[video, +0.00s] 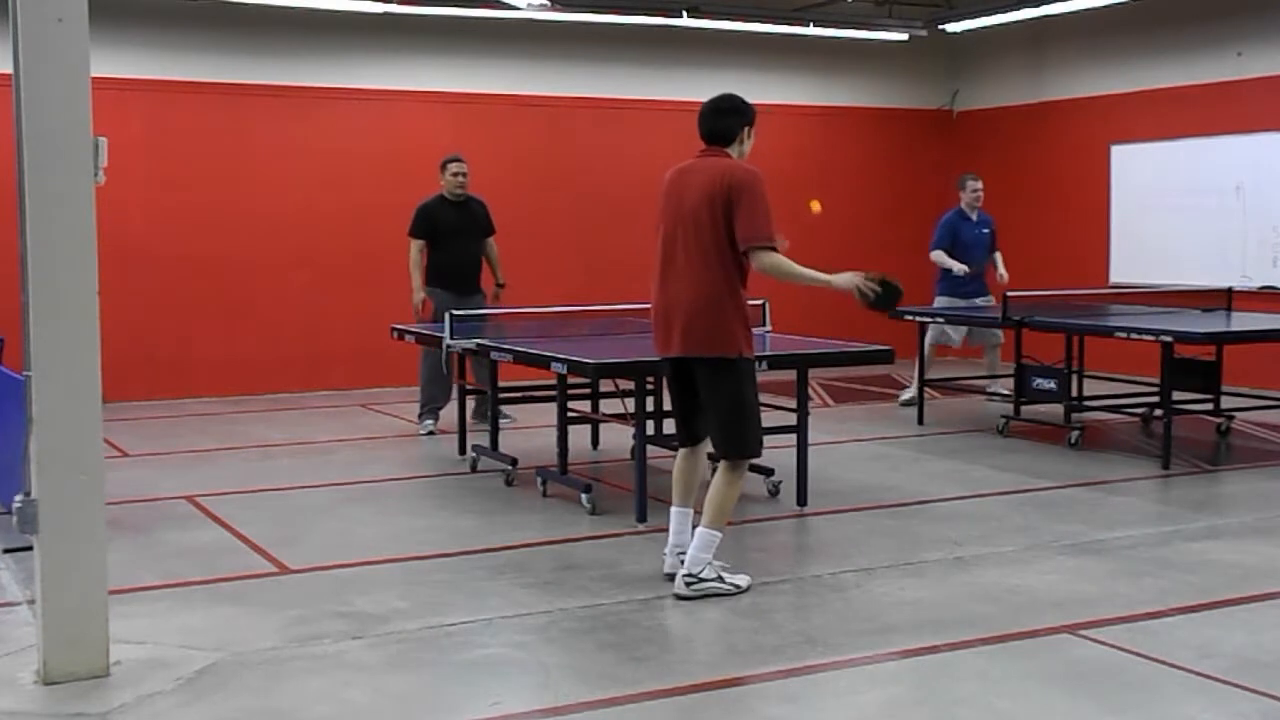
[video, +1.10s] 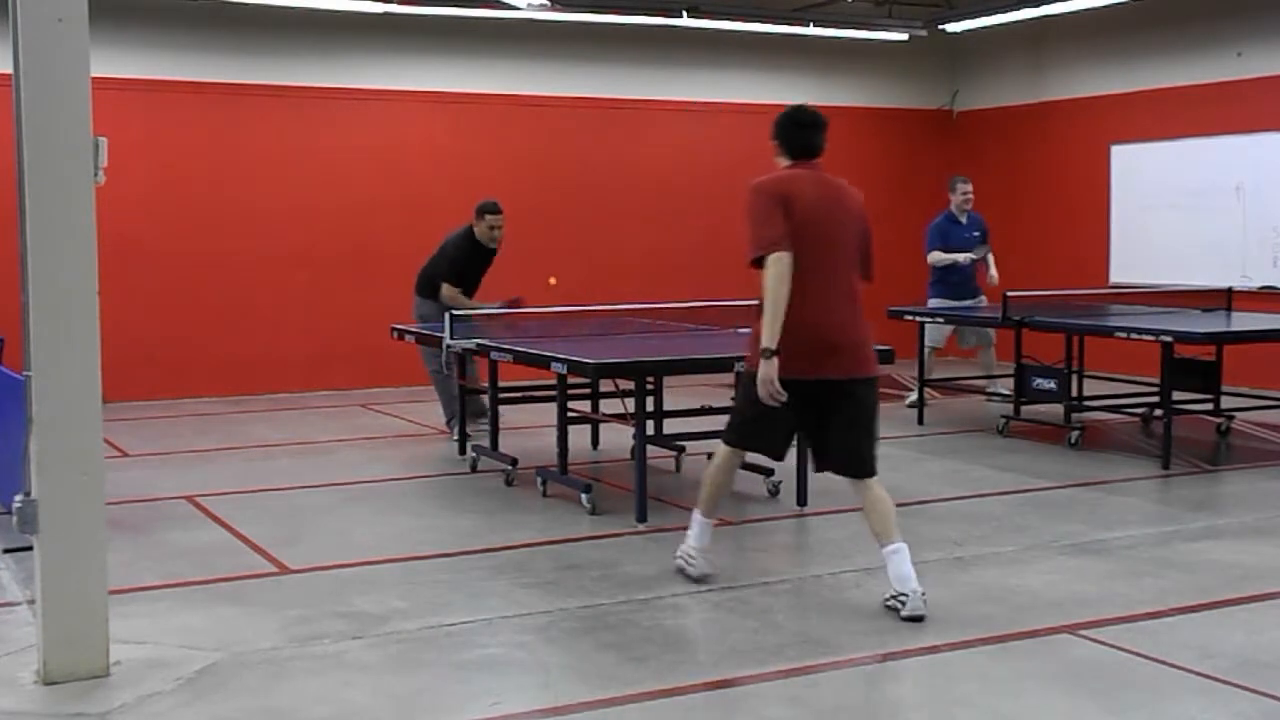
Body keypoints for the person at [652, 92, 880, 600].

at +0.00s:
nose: (752, 142)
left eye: (751, 133)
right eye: (752, 134)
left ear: (704, 133)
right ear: (742, 135)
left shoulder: (676, 177)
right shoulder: (741, 178)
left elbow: (688, 246)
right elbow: (764, 259)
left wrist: (759, 244)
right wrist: (833, 279)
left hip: (671, 329)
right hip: (718, 333)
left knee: (692, 441)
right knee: (736, 455)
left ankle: (676, 550)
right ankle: (697, 568)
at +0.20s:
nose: (741, 147)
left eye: (739, 139)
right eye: (740, 139)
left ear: (692, 139)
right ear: (730, 140)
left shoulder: (658, 185)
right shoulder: (741, 183)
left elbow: (647, 258)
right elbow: (766, 260)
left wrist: (682, 288)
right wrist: (791, 284)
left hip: (669, 341)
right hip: (723, 340)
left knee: (686, 444)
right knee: (735, 457)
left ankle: (676, 554)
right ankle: (698, 566)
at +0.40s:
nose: (728, 145)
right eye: (729, 138)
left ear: (680, 140)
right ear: (725, 141)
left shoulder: (655, 188)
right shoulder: (744, 187)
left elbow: (627, 275)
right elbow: (756, 265)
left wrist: (624, 287)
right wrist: (730, 296)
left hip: (679, 341)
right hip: (736, 341)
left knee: (687, 446)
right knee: (739, 456)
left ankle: (675, 554)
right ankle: (698, 564)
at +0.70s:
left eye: (689, 137)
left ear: (690, 142)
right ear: (735, 141)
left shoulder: (672, 192)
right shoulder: (761, 189)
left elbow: (636, 272)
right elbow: (772, 267)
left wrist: (591, 338)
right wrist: (740, 307)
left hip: (699, 345)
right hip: (762, 343)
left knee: (695, 444)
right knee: (787, 450)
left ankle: (678, 551)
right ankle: (782, 558)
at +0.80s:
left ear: (704, 145)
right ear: (748, 143)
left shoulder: (686, 195)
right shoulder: (773, 193)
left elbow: (660, 276)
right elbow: (786, 273)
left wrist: (631, 353)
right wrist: (761, 323)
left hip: (710, 352)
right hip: (774, 349)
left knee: (699, 446)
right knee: (805, 456)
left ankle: (679, 551)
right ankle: (831, 563)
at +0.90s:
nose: (722, 152)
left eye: (721, 145)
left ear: (722, 150)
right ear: (766, 149)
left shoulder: (708, 199)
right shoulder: (793, 199)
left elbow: (702, 276)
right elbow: (804, 282)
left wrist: (684, 356)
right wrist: (782, 333)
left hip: (727, 354)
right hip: (792, 356)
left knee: (706, 445)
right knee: (823, 463)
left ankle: (679, 551)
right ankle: (873, 570)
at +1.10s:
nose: (773, 149)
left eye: (774, 142)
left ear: (777, 145)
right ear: (822, 145)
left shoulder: (769, 190)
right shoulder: (850, 196)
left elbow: (779, 263)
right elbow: (864, 274)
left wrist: (768, 350)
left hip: (785, 358)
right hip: (850, 359)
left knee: (732, 450)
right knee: (864, 476)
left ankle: (694, 548)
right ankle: (906, 587)